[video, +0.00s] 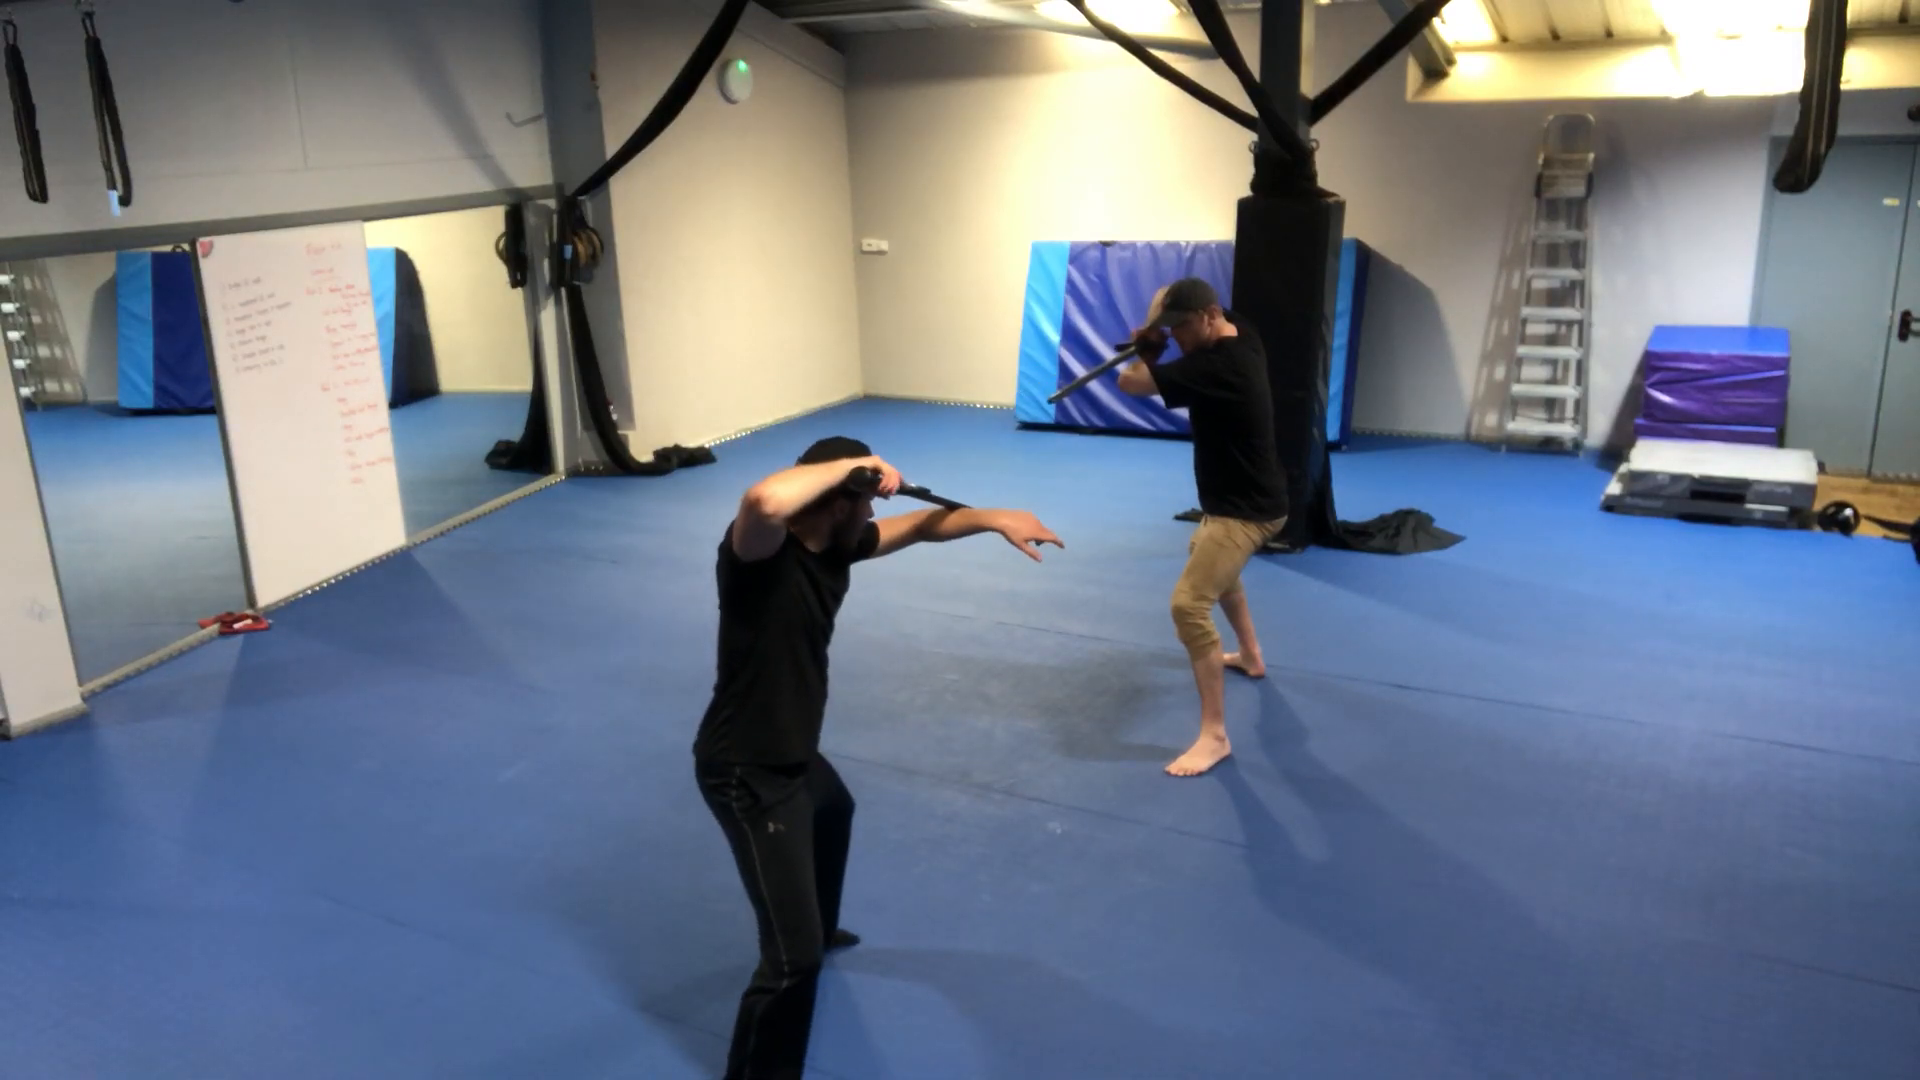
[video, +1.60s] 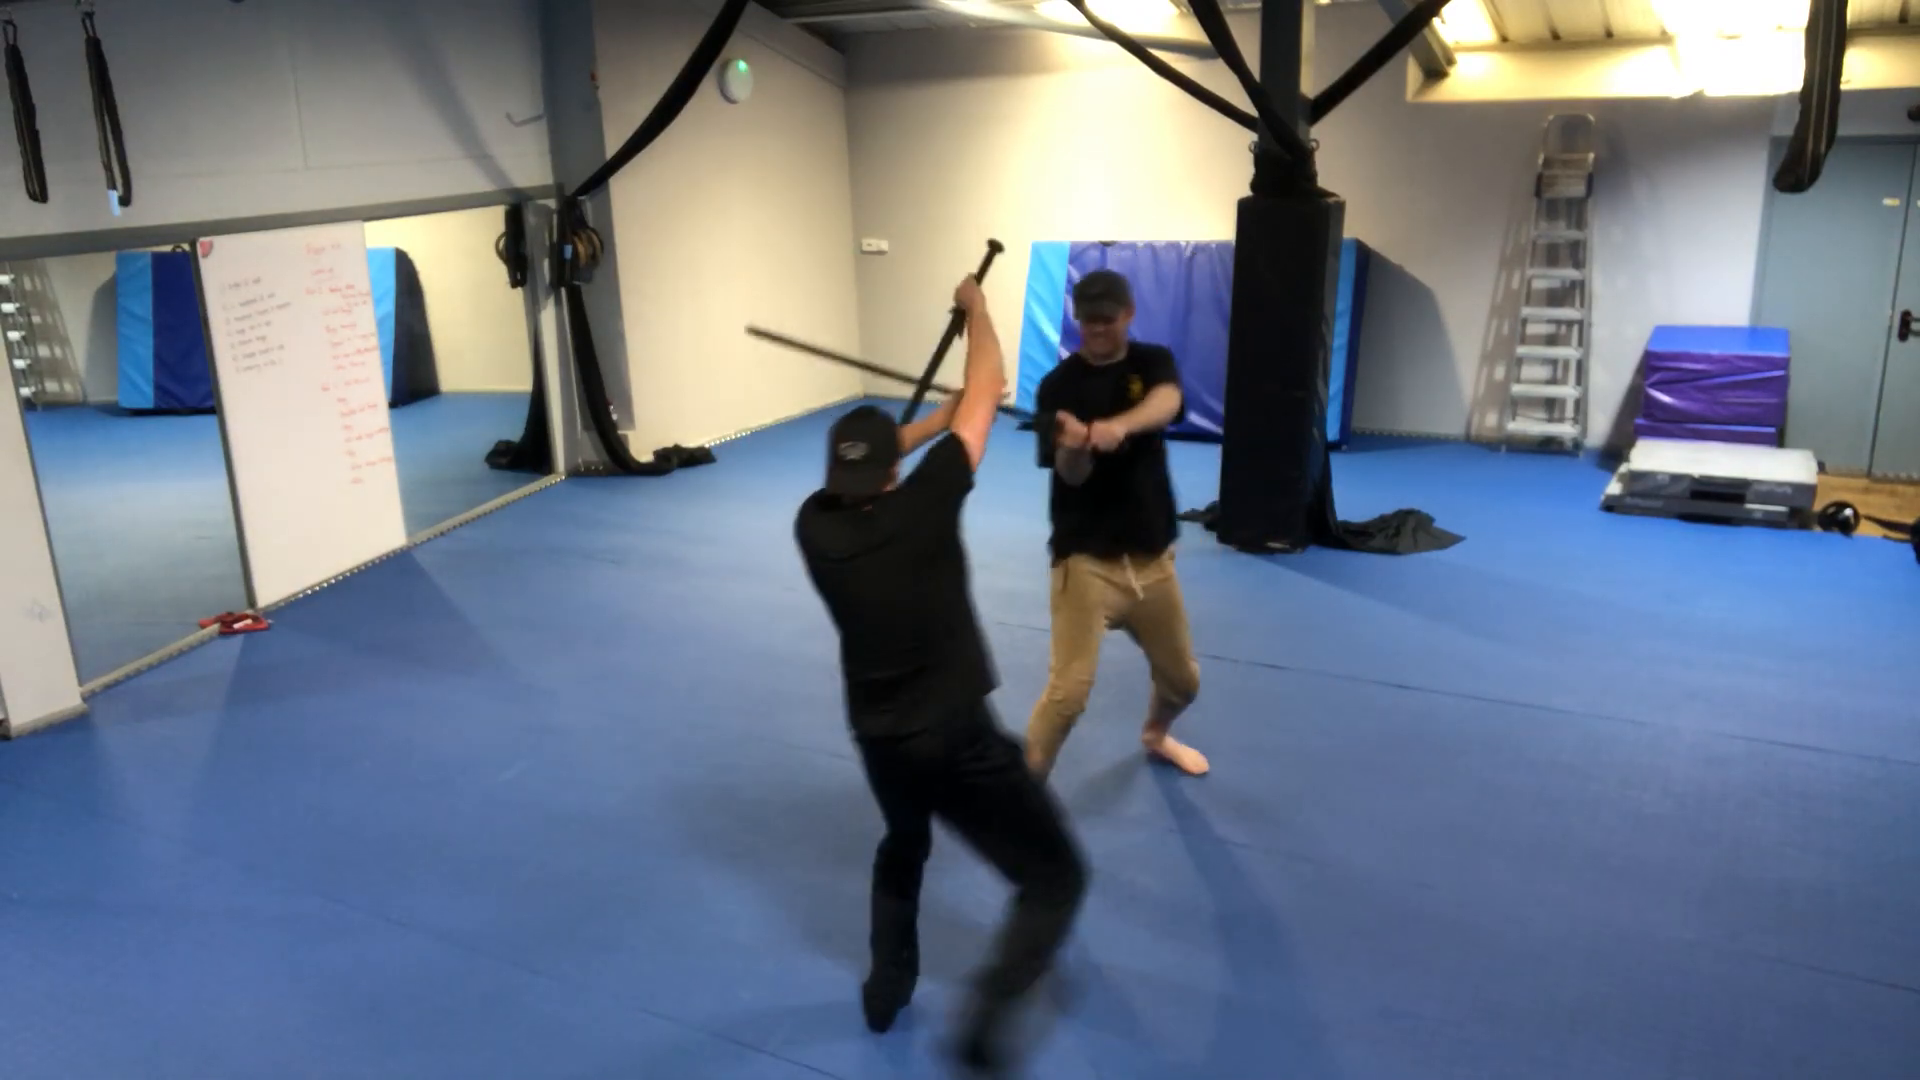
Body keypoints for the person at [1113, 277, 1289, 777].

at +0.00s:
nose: (1178, 341)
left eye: (1181, 332)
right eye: (1175, 332)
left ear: (1207, 319)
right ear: (1211, 317)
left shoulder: (1215, 364)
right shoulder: (1240, 340)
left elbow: (1131, 381)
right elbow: (1177, 296)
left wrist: (1149, 350)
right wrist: (1153, 326)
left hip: (1244, 512)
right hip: (1234, 501)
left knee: (1190, 607)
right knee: (1207, 555)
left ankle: (1214, 734)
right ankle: (1250, 653)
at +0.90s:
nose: (1182, 315)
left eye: (1190, 307)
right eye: (1179, 307)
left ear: (1218, 301)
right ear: (1210, 303)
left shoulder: (1210, 352)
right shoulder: (1234, 332)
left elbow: (1150, 411)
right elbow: (1163, 345)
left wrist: (1105, 382)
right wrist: (1112, 349)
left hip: (1240, 501)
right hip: (1244, 491)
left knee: (1191, 603)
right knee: (1213, 575)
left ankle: (1212, 728)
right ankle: (1264, 651)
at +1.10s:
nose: (1187, 316)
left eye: (1197, 307)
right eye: (1180, 307)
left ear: (1221, 306)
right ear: (1172, 308)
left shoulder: (1235, 353)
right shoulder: (1178, 357)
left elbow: (1165, 400)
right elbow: (1143, 410)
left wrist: (1098, 387)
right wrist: (1100, 376)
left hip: (1235, 513)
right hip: (1188, 507)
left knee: (1179, 619)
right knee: (1216, 592)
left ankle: (1204, 730)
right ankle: (1261, 647)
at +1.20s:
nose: (1181, 312)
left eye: (1192, 303)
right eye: (1174, 302)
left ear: (1215, 301)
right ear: (1164, 302)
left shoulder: (1238, 338)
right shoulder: (1158, 356)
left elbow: (1179, 359)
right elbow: (1115, 436)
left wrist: (1097, 358)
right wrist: (1087, 372)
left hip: (1223, 510)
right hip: (1168, 507)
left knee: (1181, 635)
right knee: (1163, 625)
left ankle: (1206, 734)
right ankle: (1229, 630)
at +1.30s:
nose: (1169, 309)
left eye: (1178, 298)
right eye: (1159, 299)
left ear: (1199, 293)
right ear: (1146, 297)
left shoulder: (1225, 329)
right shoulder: (1133, 357)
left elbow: (1193, 344)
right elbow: (1114, 433)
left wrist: (1097, 345)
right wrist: (1084, 367)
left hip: (1213, 508)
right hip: (1149, 507)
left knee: (1190, 646)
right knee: (1122, 637)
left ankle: (1208, 732)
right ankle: (1173, 675)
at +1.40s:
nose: (1147, 306)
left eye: (1156, 295)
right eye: (1137, 296)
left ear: (1176, 290)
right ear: (1124, 295)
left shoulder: (1201, 325)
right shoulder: (1110, 352)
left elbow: (1196, 349)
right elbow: (1111, 442)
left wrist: (1105, 364)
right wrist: (1082, 381)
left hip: (1194, 518)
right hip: (1126, 518)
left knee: (1194, 653)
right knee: (1091, 645)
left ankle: (1205, 735)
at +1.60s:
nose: (1096, 332)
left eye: (1107, 322)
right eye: (1087, 322)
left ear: (1128, 317)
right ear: (1074, 320)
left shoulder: (1154, 361)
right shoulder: (1058, 384)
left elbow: (1168, 402)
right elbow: (1069, 475)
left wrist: (1120, 425)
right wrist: (1074, 447)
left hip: (1151, 557)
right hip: (1083, 561)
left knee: (1180, 682)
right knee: (1067, 696)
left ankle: (1155, 735)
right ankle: (1022, 797)